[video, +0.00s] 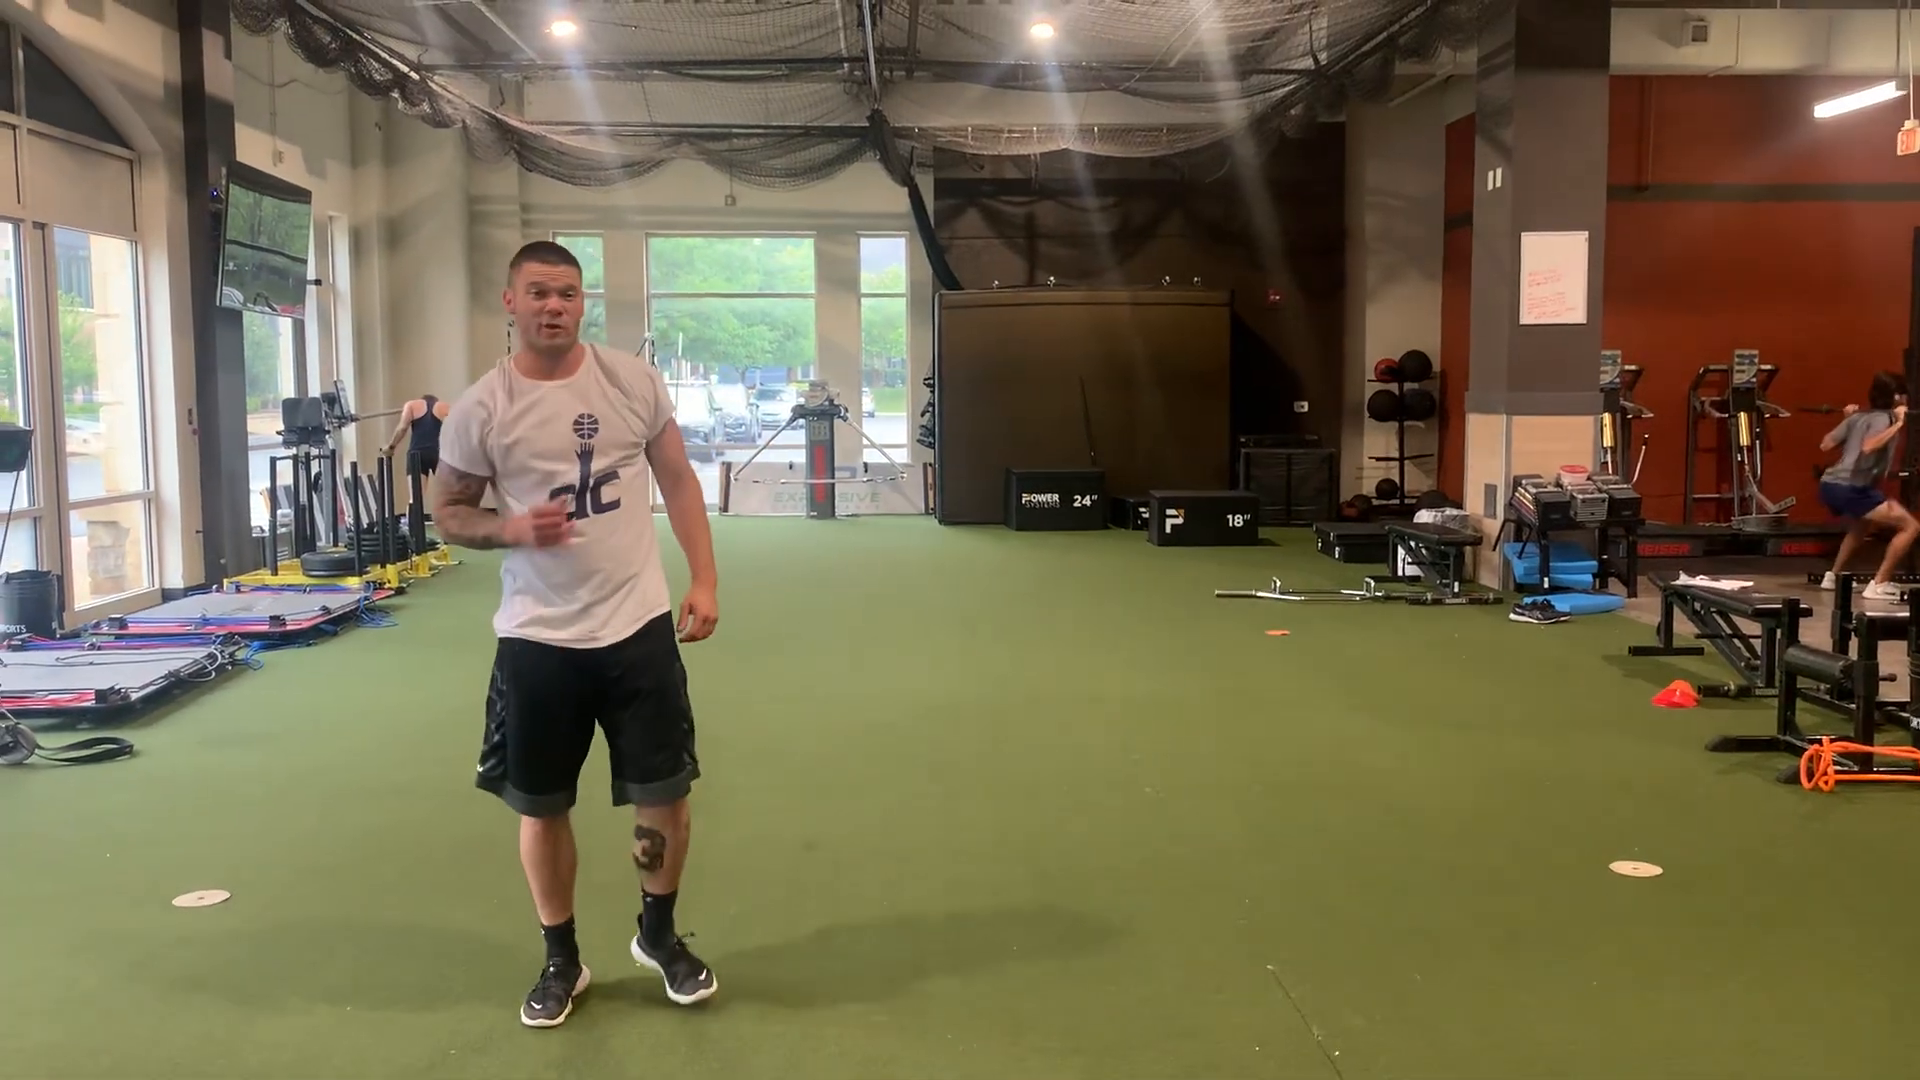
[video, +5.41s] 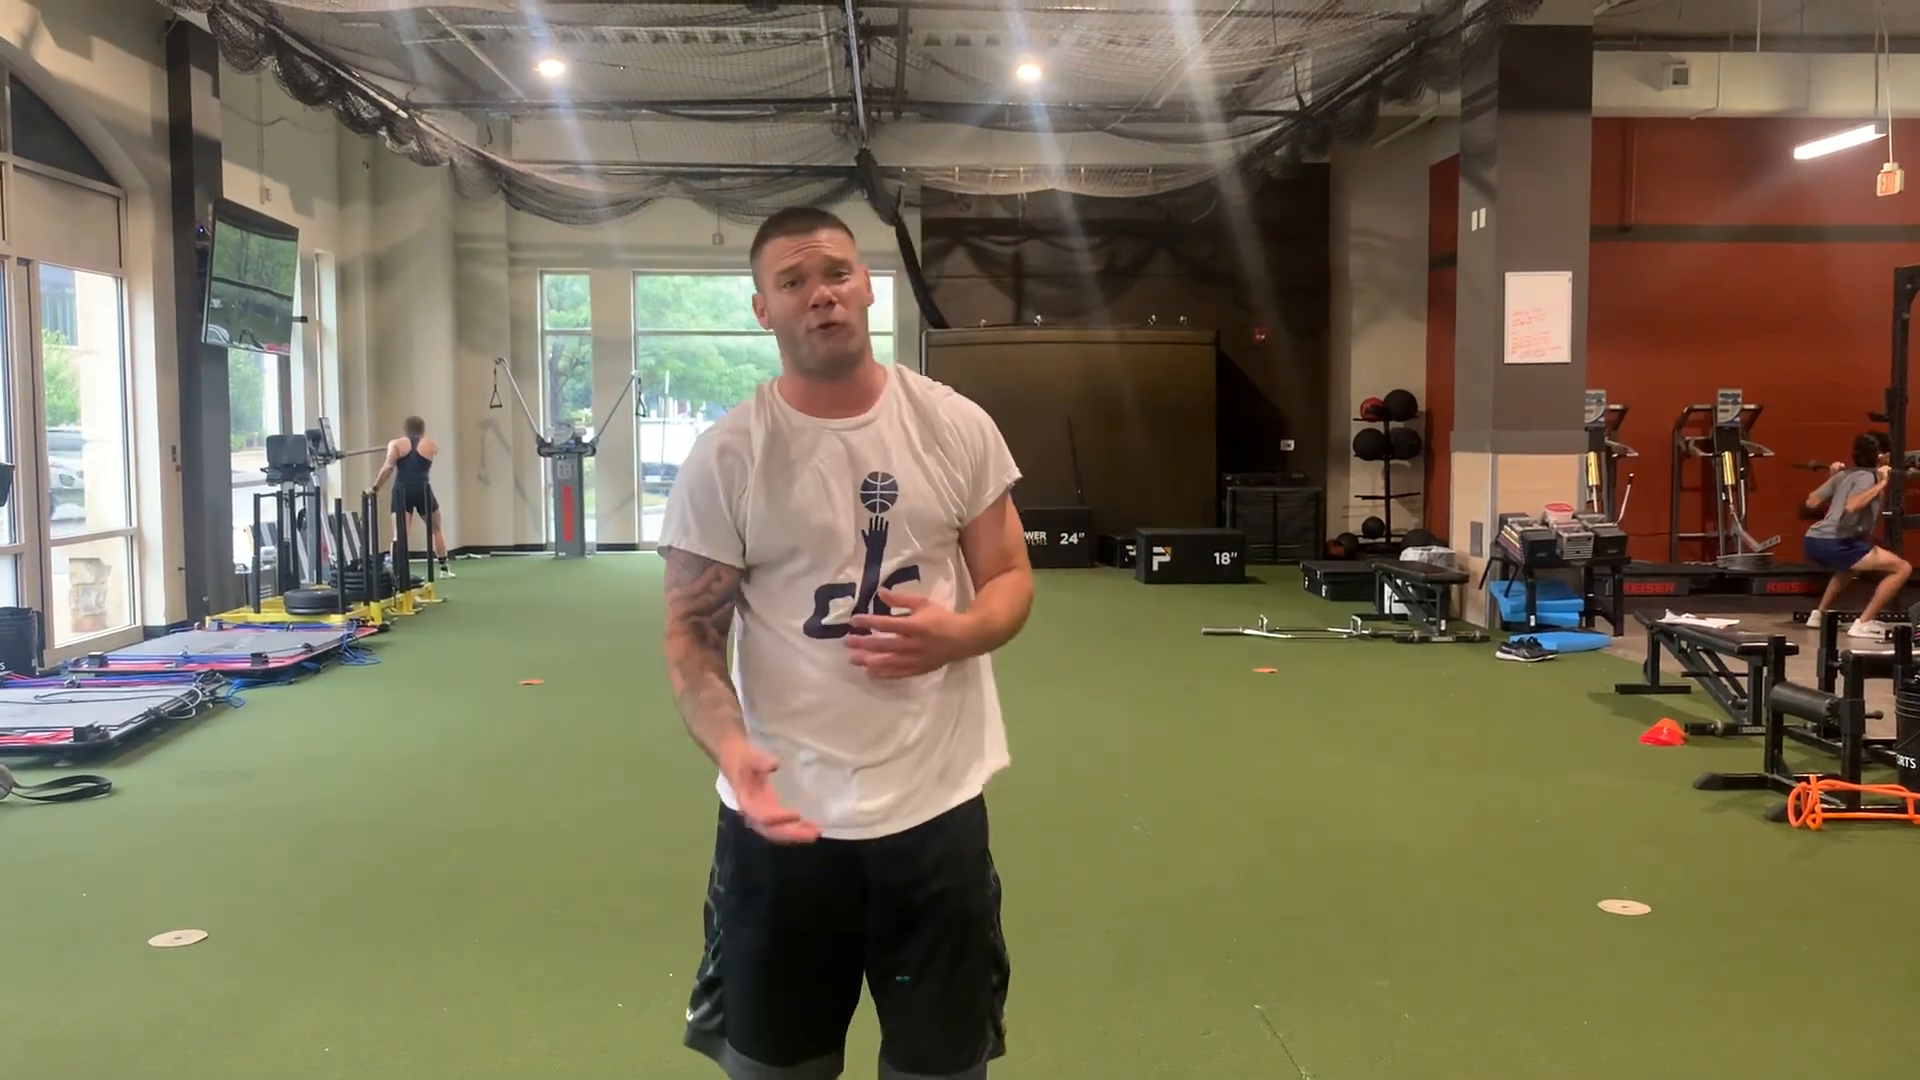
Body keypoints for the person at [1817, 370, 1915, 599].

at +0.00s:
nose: (1904, 401)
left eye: (1904, 397)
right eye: (1903, 396)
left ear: (1874, 395)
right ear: (1894, 398)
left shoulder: (1857, 418)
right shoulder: (1883, 419)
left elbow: (1825, 444)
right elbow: (1868, 446)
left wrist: (1846, 419)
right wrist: (1898, 425)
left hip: (1830, 485)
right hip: (1852, 490)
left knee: (1862, 526)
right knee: (1910, 526)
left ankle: (1832, 576)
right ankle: (1879, 584)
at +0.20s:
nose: (1911, 370)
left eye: (1911, 366)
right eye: (1910, 365)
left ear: (1881, 364)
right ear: (1901, 366)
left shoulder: (1864, 388)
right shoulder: (1890, 388)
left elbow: (1835, 415)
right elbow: (1876, 416)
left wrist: (1854, 389)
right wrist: (1905, 391)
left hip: (1841, 460)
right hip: (1863, 465)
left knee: (1857, 517)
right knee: (1901, 517)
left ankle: (1837, 574)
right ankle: (1885, 582)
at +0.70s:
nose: (1915, 396)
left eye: (1914, 391)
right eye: (1912, 391)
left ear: (1883, 392)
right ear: (1904, 394)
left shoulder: (1868, 414)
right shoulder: (1894, 415)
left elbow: (1838, 441)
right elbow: (1878, 443)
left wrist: (1858, 416)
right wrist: (1908, 421)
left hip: (1841, 483)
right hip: (1865, 488)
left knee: (1869, 524)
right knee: (1917, 522)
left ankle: (1843, 573)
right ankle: (1889, 582)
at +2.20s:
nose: (1896, 422)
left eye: (1896, 418)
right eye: (1895, 417)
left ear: (1866, 419)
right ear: (1887, 421)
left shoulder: (1852, 441)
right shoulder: (1877, 442)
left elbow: (1822, 469)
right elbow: (1863, 472)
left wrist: (1841, 443)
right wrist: (1892, 448)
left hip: (1824, 508)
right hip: (1847, 512)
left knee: (1856, 542)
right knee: (1910, 540)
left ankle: (1826, 585)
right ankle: (1872, 593)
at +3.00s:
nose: (1885, 395)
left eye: (1885, 390)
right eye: (1882, 390)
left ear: (1855, 392)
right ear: (1872, 393)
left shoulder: (1840, 416)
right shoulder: (1865, 415)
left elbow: (1812, 443)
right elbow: (1854, 444)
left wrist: (1829, 417)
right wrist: (1881, 419)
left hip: (1819, 486)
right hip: (1840, 491)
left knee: (1837, 540)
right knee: (1881, 541)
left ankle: (1814, 597)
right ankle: (1861, 605)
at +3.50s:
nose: (1881, 429)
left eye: (1881, 425)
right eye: (1879, 424)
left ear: (1850, 425)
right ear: (1871, 427)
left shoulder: (1837, 448)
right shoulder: (1862, 448)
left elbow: (1807, 475)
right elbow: (1849, 476)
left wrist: (1825, 450)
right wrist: (1877, 453)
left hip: (1811, 515)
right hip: (1836, 520)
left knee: (1842, 555)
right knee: (1892, 557)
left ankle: (1814, 604)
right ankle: (1860, 613)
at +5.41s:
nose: (1888, 458)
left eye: (1889, 453)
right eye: (1887, 453)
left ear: (1857, 454)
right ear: (1878, 457)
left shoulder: (1843, 475)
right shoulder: (1869, 478)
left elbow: (1812, 502)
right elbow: (1851, 506)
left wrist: (1832, 476)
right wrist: (1882, 483)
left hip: (1814, 540)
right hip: (1836, 544)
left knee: (1851, 567)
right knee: (1902, 568)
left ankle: (1819, 613)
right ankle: (1864, 623)